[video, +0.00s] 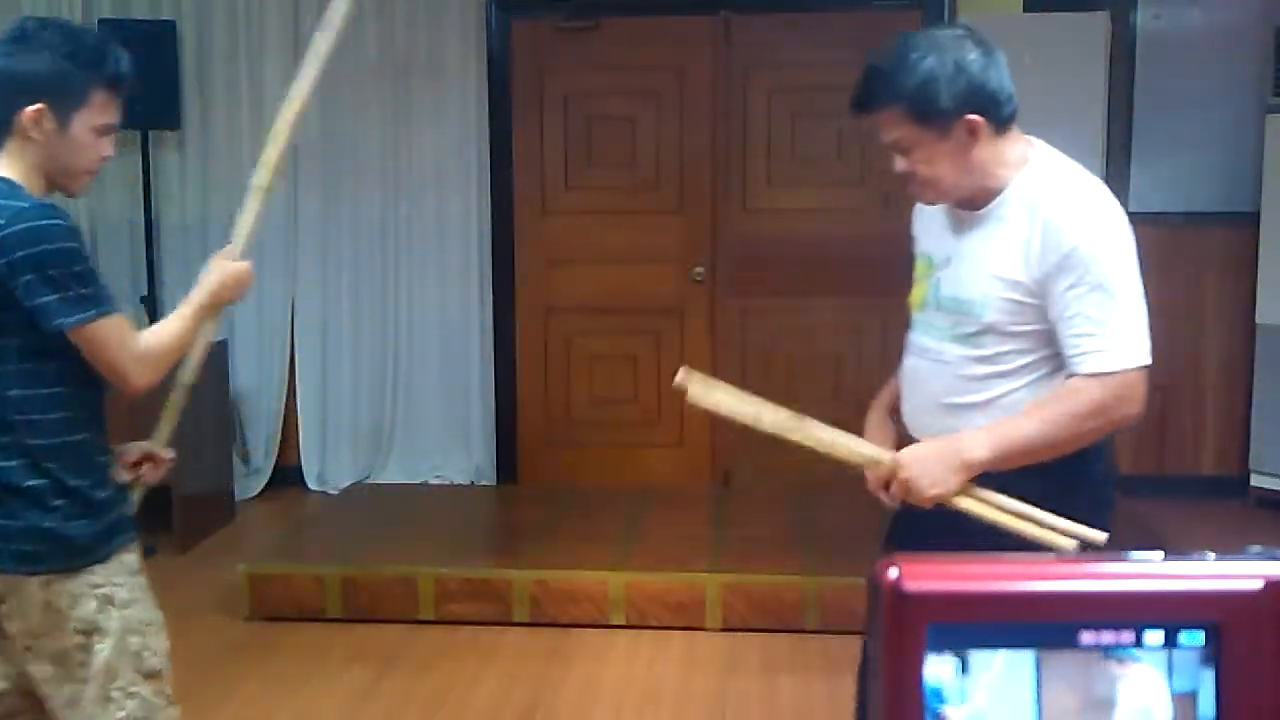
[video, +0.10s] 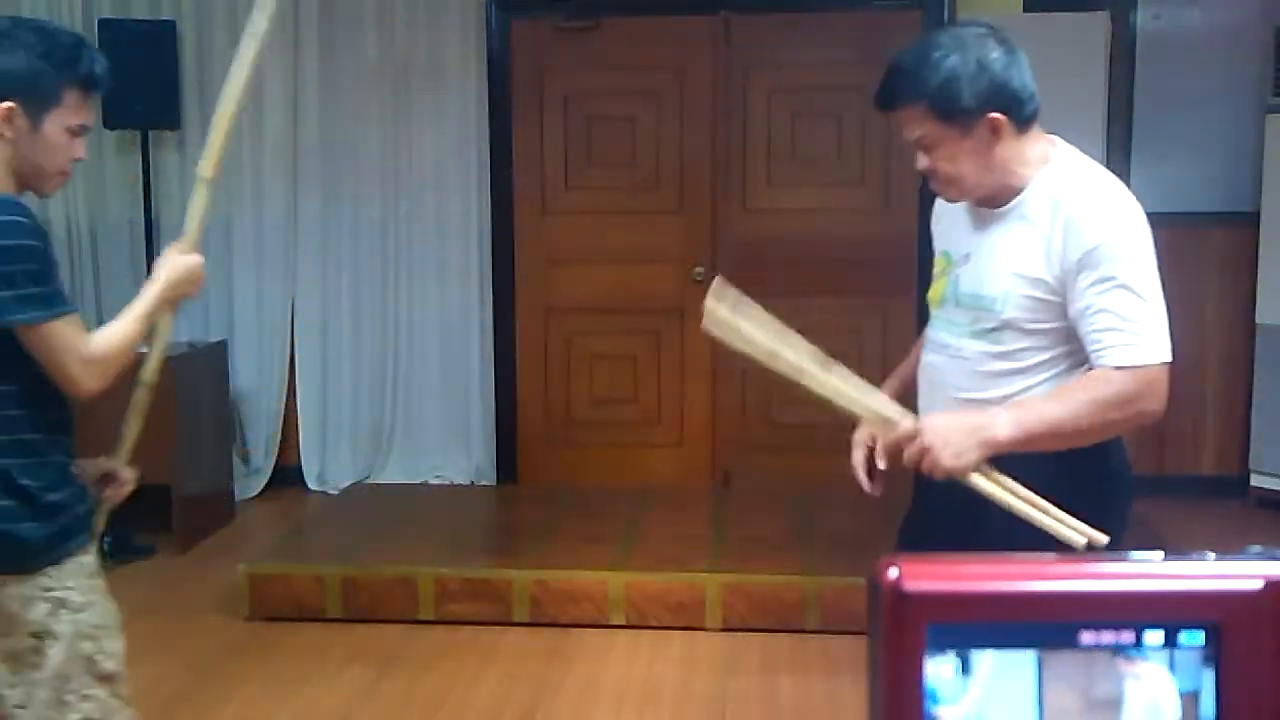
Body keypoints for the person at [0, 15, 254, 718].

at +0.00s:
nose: (111, 152)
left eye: (114, 133)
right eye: (100, 132)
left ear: (35, 125)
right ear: (37, 123)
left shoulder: (11, 217)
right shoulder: (30, 225)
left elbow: (19, 403)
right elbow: (135, 369)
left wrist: (106, 463)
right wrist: (209, 298)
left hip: (21, 542)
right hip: (66, 548)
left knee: (29, 703)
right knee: (126, 704)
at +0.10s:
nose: (81, 153)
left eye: (86, 134)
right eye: (72, 132)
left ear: (15, 126)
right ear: (12, 122)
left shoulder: (12, 222)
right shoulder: (8, 223)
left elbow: (5, 408)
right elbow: (85, 372)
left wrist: (74, 473)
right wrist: (160, 290)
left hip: (30, 533)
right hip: (32, 539)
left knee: (47, 701)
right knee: (75, 704)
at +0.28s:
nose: (44, 150)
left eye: (49, 132)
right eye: (36, 130)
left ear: (12, 120)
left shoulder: (3, 230)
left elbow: (8, 372)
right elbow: (27, 367)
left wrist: (47, 455)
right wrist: (109, 274)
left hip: (22, 536)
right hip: (10, 545)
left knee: (43, 700)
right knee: (42, 706)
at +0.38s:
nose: (25, 151)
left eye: (30, 132)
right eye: (19, 131)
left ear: (23, 122)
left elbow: (10, 361)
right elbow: (6, 367)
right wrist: (92, 279)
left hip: (13, 530)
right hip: (6, 534)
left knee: (28, 698)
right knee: (22, 702)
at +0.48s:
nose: (12, 149)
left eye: (15, 129)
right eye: (9, 129)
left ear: (21, 121)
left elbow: (11, 360)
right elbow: (9, 362)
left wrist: (78, 289)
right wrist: (80, 288)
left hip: (13, 527)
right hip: (7, 531)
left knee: (17, 700)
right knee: (13, 700)